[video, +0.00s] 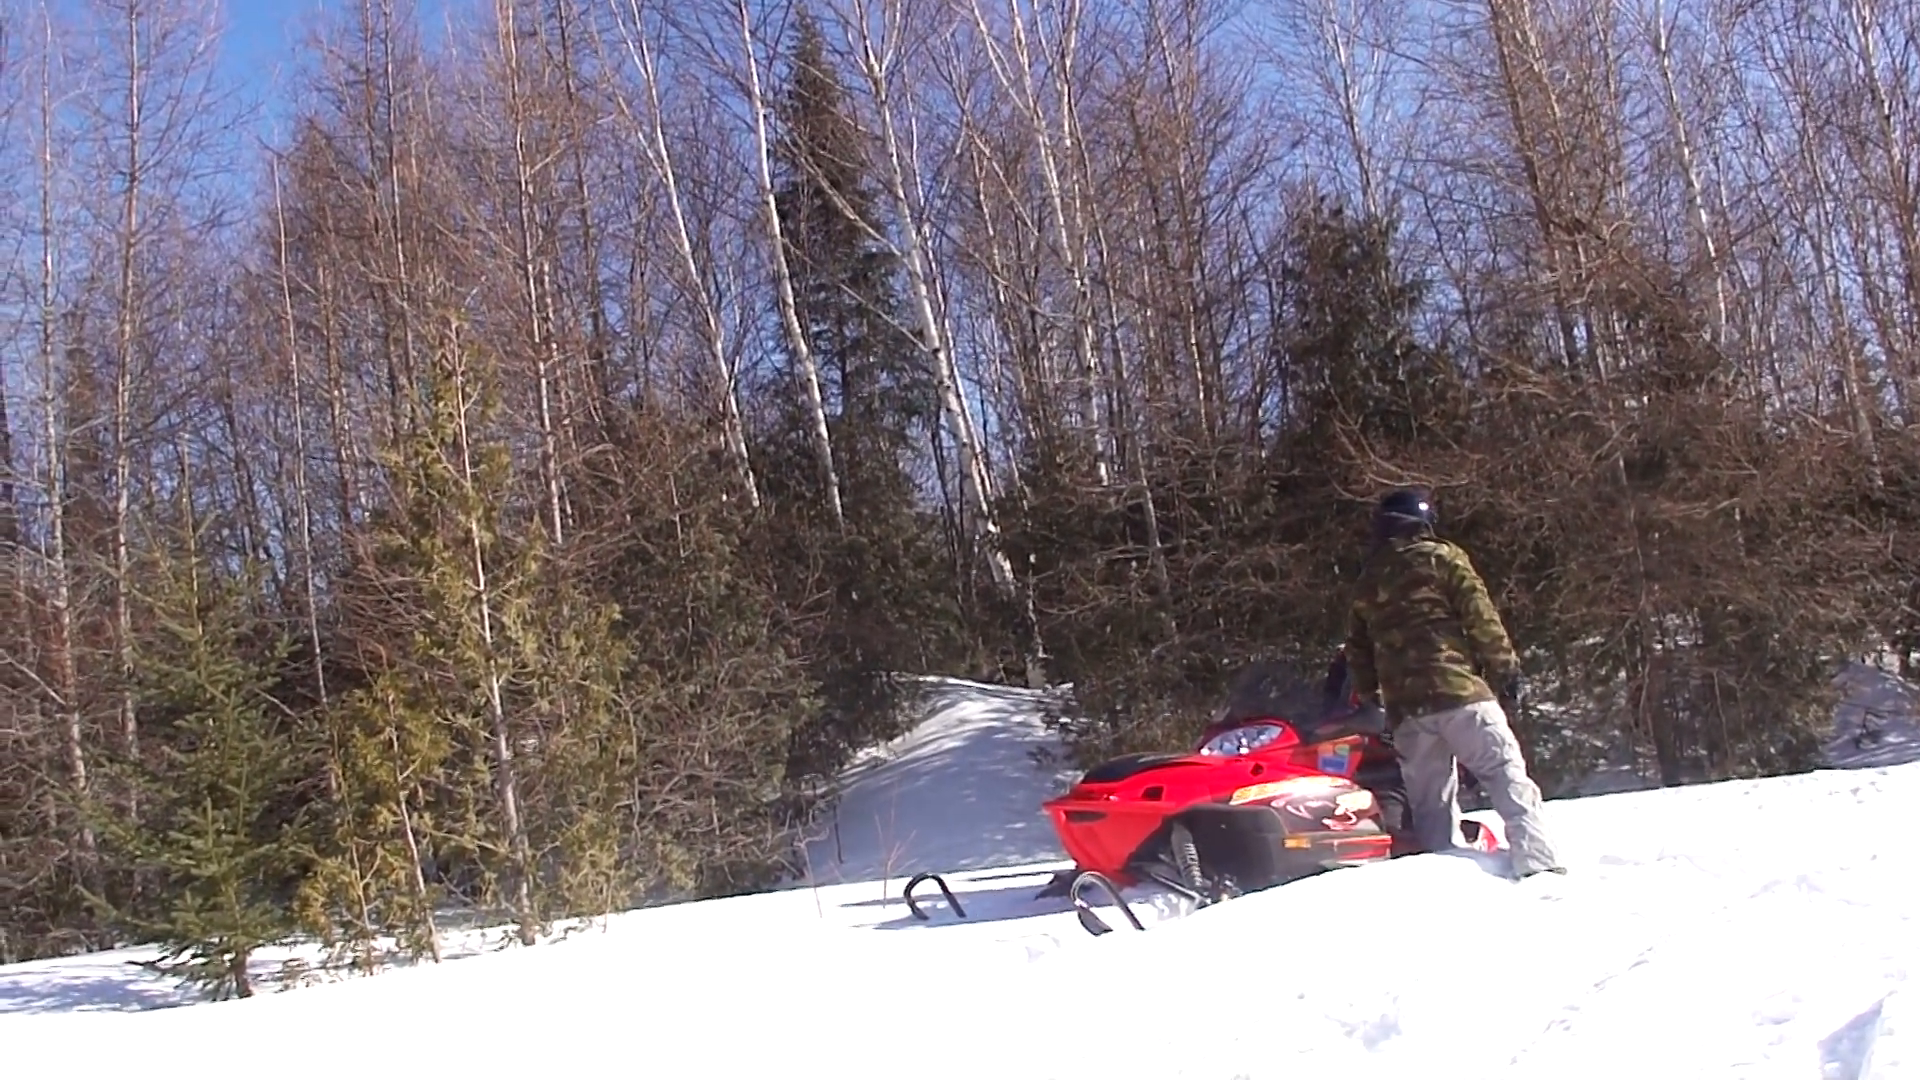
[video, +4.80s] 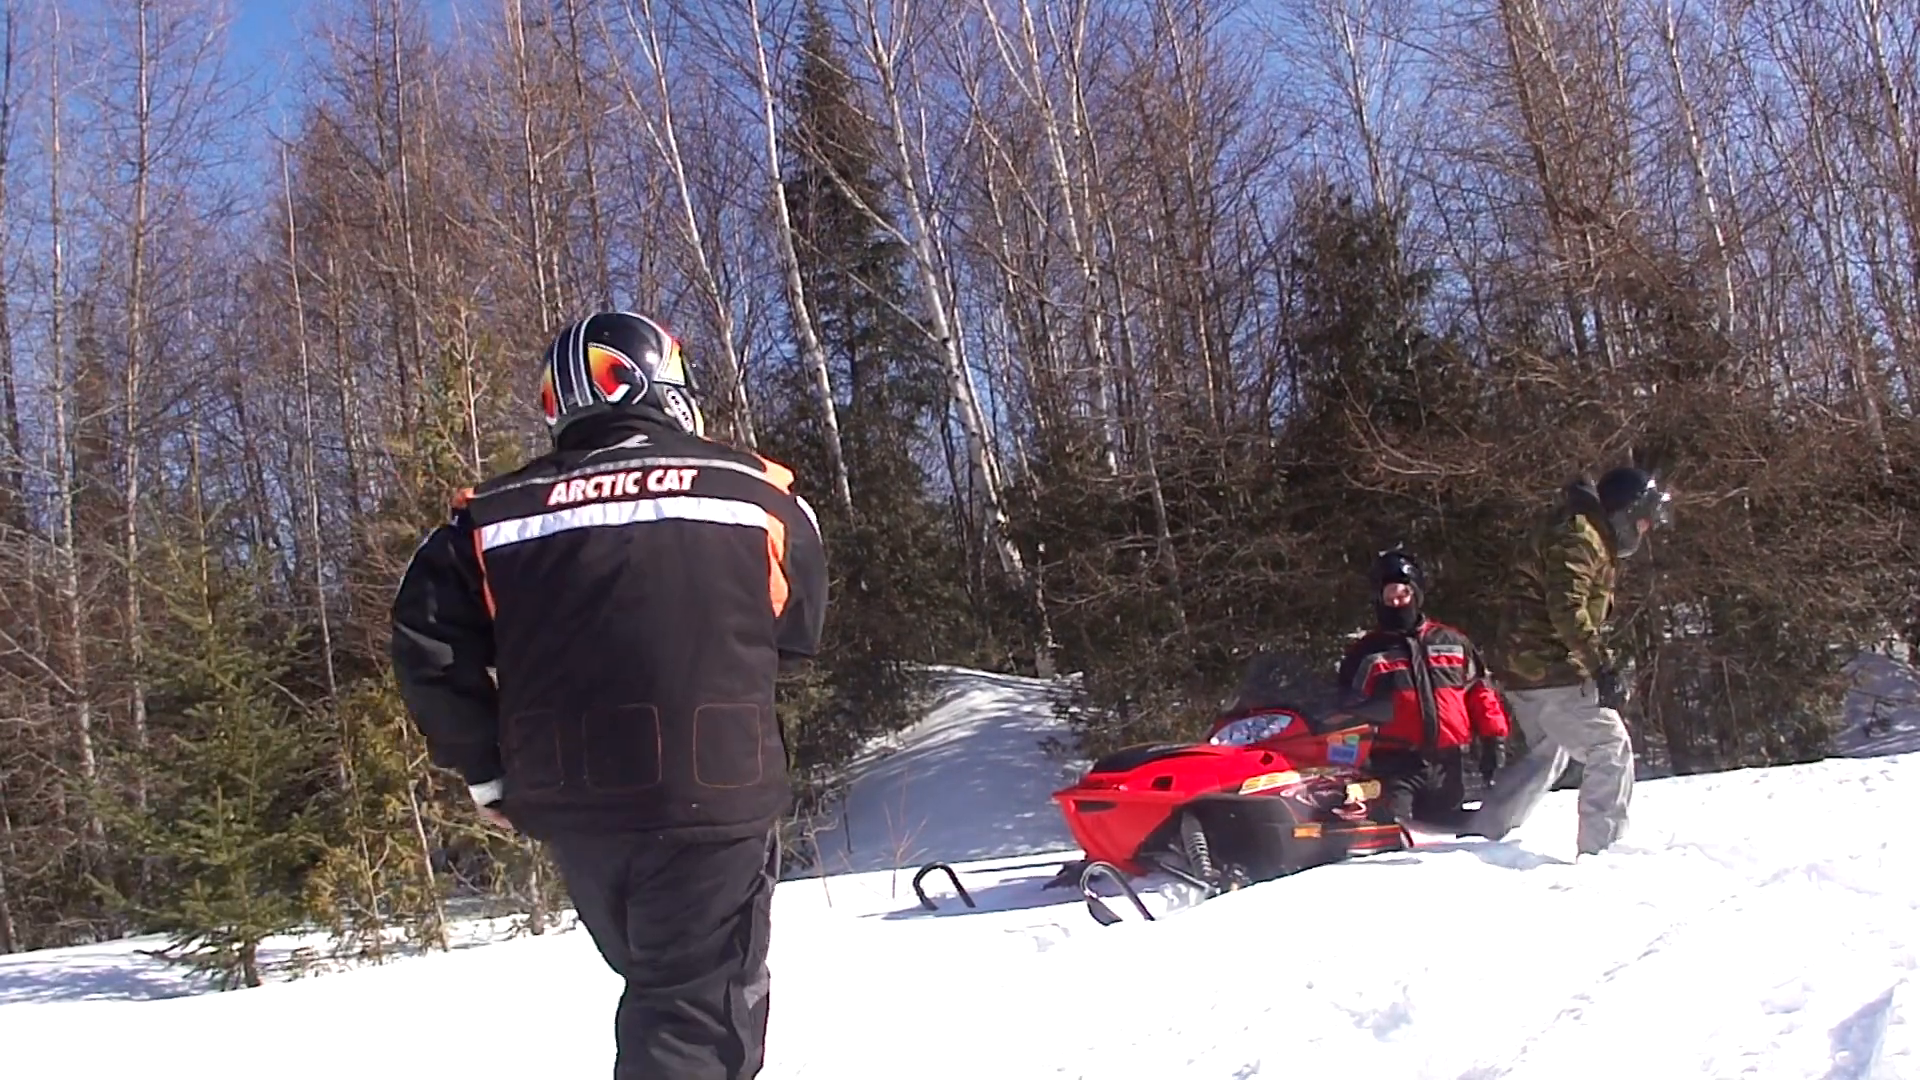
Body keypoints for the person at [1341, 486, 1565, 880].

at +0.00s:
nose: (1433, 524)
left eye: (1429, 519)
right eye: (1430, 518)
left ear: (1383, 525)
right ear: (1423, 520)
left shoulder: (1368, 577)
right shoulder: (1443, 556)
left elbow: (1358, 647)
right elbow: (1479, 616)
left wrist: (1370, 693)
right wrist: (1507, 669)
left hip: (1405, 705)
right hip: (1460, 693)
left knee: (1430, 803)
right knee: (1504, 771)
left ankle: (1439, 882)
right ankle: (1534, 860)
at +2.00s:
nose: (1442, 516)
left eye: (1438, 511)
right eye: (1437, 509)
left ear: (1390, 516)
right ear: (1429, 511)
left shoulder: (1375, 567)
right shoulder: (1449, 544)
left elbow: (1365, 636)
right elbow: (1492, 609)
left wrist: (1398, 660)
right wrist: (1507, 647)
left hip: (1419, 698)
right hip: (1472, 684)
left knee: (1442, 802)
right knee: (1517, 762)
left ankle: (1451, 878)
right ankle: (1546, 854)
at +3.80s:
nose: (1486, 565)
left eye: (1491, 560)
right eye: (1489, 557)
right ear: (1482, 537)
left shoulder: (1403, 553)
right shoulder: (1452, 546)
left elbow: (1389, 621)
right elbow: (1470, 609)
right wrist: (1503, 658)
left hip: (1406, 690)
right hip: (1452, 680)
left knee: (1441, 793)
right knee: (1515, 762)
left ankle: (1452, 871)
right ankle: (1545, 856)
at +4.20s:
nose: (1529, 559)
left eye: (1536, 553)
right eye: (1534, 548)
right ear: (1520, 529)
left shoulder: (1447, 549)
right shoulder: (1480, 541)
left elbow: (1430, 621)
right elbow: (1481, 604)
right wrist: (1506, 663)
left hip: (1433, 687)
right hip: (1471, 679)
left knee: (1458, 789)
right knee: (1541, 748)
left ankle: (1464, 867)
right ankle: (1584, 845)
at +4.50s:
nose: (1593, 553)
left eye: (1598, 545)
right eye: (1595, 541)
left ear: (1564, 524)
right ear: (1577, 526)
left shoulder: (1512, 544)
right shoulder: (1536, 547)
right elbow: (1525, 616)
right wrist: (1549, 678)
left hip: (1476, 683)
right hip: (1510, 680)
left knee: (1484, 783)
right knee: (1585, 745)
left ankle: (1472, 863)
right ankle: (1600, 850)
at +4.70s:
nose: (1635, 543)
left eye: (1640, 535)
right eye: (1635, 532)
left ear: (1608, 520)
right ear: (1615, 522)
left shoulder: (1547, 538)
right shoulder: (1572, 546)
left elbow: (1511, 609)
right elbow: (1560, 616)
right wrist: (1590, 678)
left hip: (1508, 675)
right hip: (1539, 674)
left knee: (1513, 770)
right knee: (1608, 745)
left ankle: (1482, 854)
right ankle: (1599, 854)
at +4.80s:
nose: (1647, 529)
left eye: (1651, 520)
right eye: (1645, 517)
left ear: (1615, 509)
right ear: (1623, 510)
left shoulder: (1582, 534)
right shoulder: (1580, 537)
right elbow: (1567, 609)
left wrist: (1601, 661)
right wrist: (1602, 669)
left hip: (1519, 665)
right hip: (1544, 665)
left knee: (1546, 751)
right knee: (1608, 744)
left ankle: (1483, 836)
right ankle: (1599, 853)